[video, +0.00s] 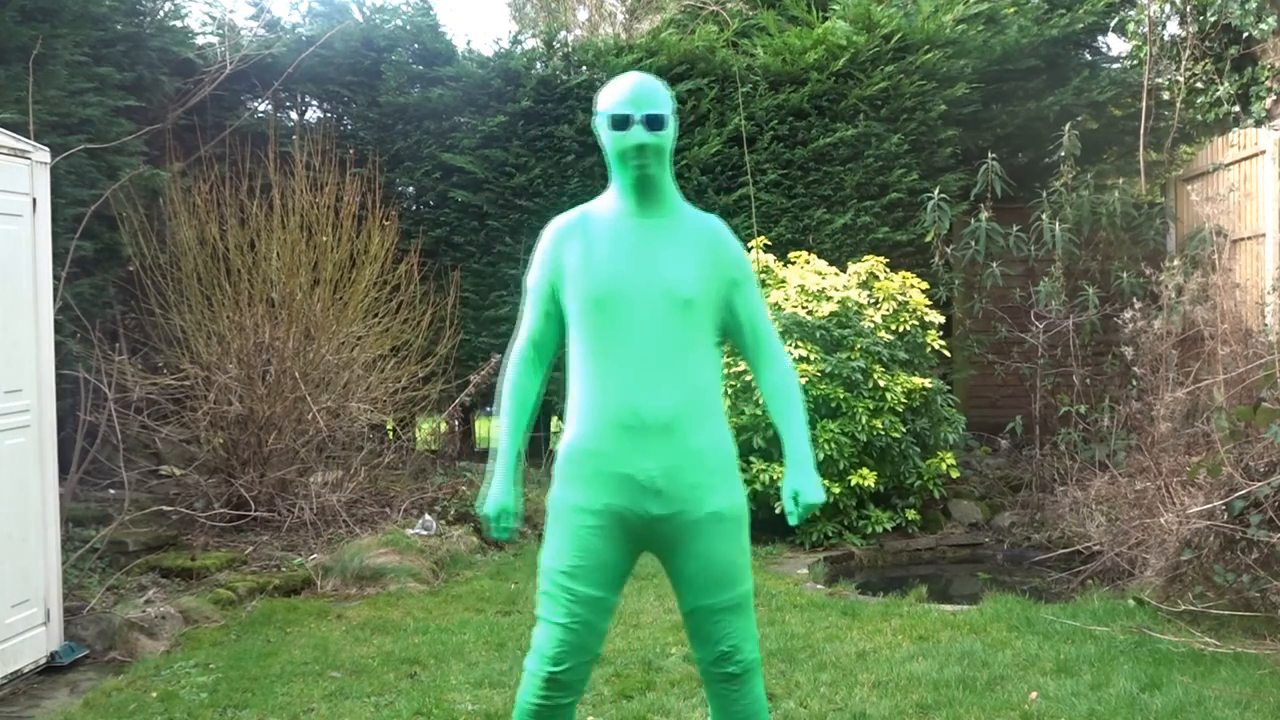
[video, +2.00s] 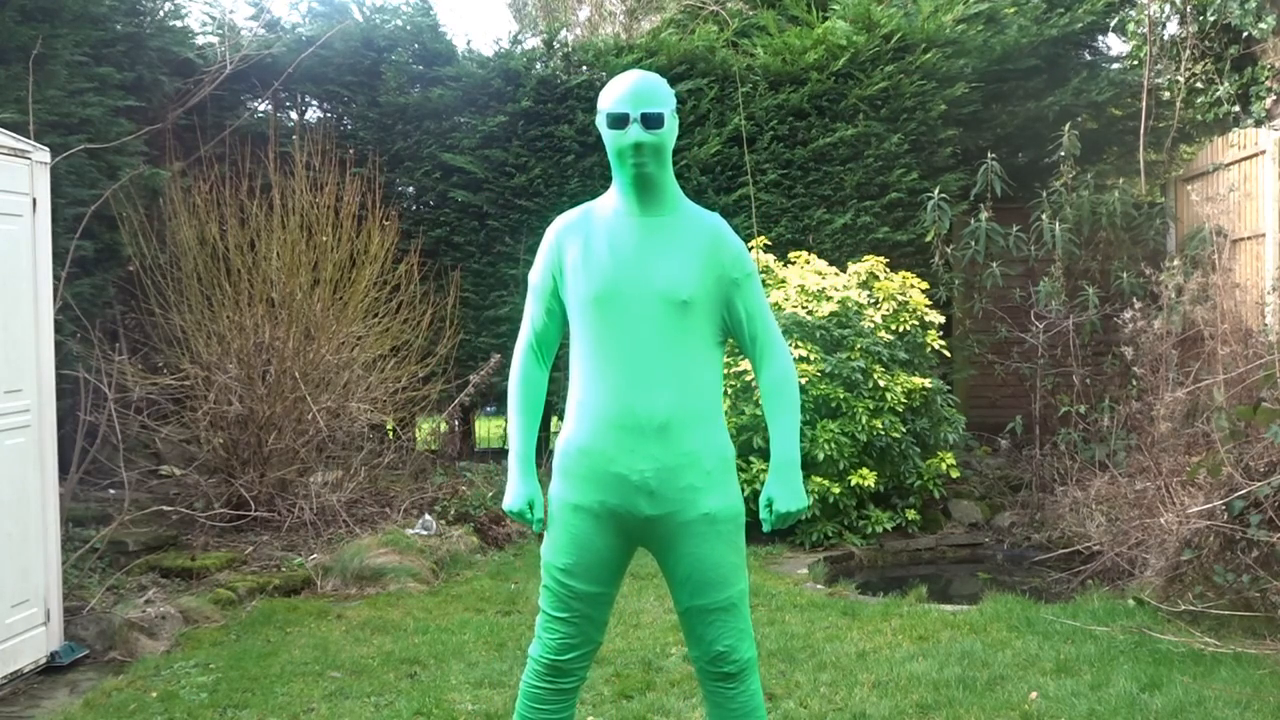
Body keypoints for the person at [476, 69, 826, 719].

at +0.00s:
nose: (639, 136)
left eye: (654, 122)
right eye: (622, 123)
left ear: (674, 132)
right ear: (600, 136)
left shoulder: (713, 240)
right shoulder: (565, 238)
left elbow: (767, 353)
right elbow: (530, 355)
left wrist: (799, 458)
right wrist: (504, 472)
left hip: (704, 485)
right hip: (591, 485)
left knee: (733, 668)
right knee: (554, 670)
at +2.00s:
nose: (636, 135)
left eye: (651, 120)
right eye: (621, 122)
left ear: (674, 129)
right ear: (602, 134)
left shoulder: (714, 238)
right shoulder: (567, 236)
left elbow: (770, 352)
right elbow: (532, 353)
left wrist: (786, 465)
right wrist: (519, 469)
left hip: (699, 486)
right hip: (588, 486)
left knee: (729, 668)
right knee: (554, 667)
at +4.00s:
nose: (637, 135)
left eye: (652, 121)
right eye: (621, 122)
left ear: (673, 130)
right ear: (601, 133)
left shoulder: (713, 238)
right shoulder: (567, 236)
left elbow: (769, 352)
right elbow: (531, 354)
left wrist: (784, 464)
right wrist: (518, 468)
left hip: (698, 485)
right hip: (587, 483)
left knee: (729, 668)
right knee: (554, 666)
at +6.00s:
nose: (639, 137)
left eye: (654, 122)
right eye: (623, 124)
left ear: (674, 132)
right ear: (603, 135)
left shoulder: (713, 239)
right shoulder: (567, 237)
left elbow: (767, 352)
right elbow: (531, 352)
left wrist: (783, 464)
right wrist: (518, 467)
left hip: (696, 487)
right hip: (585, 485)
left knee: (727, 667)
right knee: (552, 664)